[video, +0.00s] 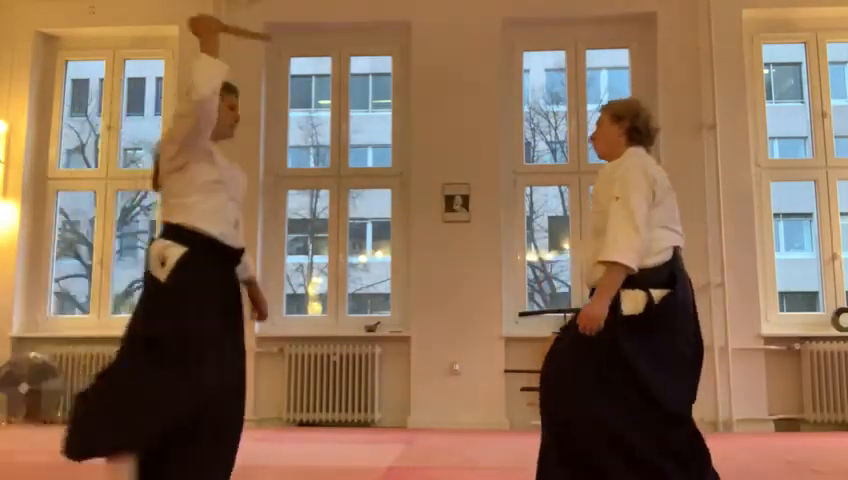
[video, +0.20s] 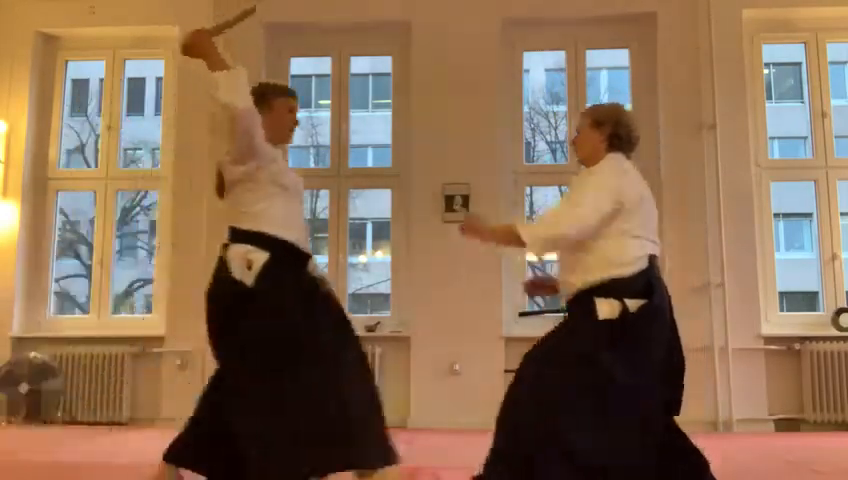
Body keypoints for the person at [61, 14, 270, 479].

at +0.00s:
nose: (234, 111)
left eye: (236, 104)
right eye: (228, 102)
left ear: (231, 112)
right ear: (207, 104)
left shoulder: (227, 167)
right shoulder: (183, 149)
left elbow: (230, 234)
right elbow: (202, 99)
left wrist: (251, 283)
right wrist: (209, 49)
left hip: (219, 269)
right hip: (185, 261)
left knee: (222, 376)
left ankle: (202, 466)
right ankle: (101, 418)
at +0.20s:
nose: (296, 119)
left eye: (295, 112)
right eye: (288, 111)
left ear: (280, 120)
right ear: (261, 115)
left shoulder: (279, 167)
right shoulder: (252, 155)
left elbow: (292, 243)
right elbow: (241, 109)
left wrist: (320, 285)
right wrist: (213, 55)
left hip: (287, 272)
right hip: (256, 270)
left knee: (243, 374)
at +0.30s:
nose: (323, 123)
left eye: (323, 115)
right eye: (316, 115)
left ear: (316, 124)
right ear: (293, 118)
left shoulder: (306, 171)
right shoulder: (285, 162)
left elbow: (315, 236)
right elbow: (288, 126)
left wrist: (345, 279)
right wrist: (267, 67)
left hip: (314, 279)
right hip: (297, 280)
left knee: (269, 383)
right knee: (358, 377)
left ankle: (180, 455)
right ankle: (393, 464)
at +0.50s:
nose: (370, 102)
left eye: (369, 96)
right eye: (361, 97)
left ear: (346, 107)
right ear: (338, 107)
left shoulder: (357, 151)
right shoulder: (338, 145)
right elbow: (365, 118)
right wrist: (377, 52)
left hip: (369, 261)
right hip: (349, 262)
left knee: (324, 375)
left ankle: (244, 458)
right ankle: (244, 457)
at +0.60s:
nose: (360, 116)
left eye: (361, 112)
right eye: (346, 119)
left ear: (369, 120)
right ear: (332, 144)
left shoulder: (391, 157)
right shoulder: (346, 149)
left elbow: (431, 182)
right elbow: (340, 84)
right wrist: (340, 28)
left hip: (397, 255)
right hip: (352, 254)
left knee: (410, 357)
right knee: (339, 363)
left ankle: (397, 459)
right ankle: (281, 455)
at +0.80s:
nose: (367, 102)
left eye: (369, 96)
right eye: (359, 94)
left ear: (370, 102)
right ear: (336, 95)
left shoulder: (374, 150)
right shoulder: (332, 136)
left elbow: (411, 179)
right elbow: (305, 104)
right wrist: (290, 51)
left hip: (395, 253)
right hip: (358, 250)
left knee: (392, 365)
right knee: (350, 366)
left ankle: (382, 466)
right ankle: (303, 463)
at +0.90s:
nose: (366, 103)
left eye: (369, 96)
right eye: (356, 96)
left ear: (372, 103)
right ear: (330, 100)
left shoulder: (383, 145)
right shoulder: (325, 137)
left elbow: (411, 188)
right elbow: (293, 122)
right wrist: (276, 79)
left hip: (390, 255)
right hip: (347, 253)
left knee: (388, 366)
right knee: (345, 367)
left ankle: (372, 466)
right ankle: (301, 466)